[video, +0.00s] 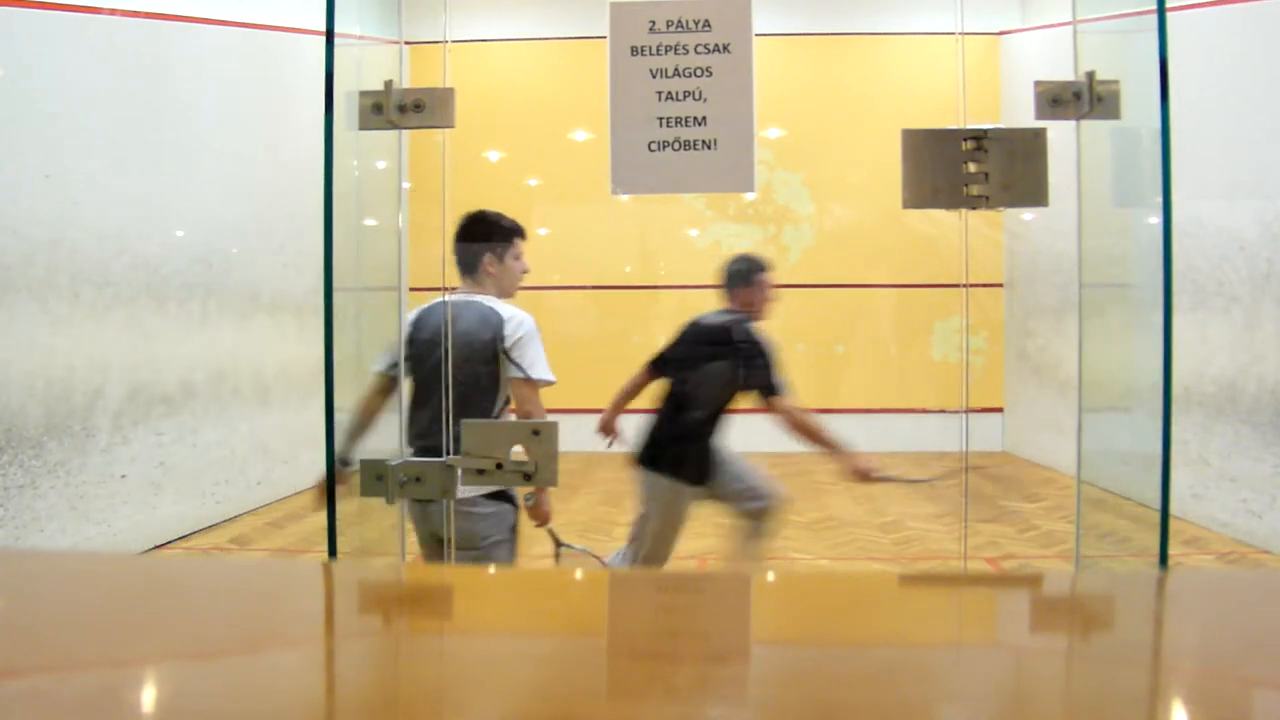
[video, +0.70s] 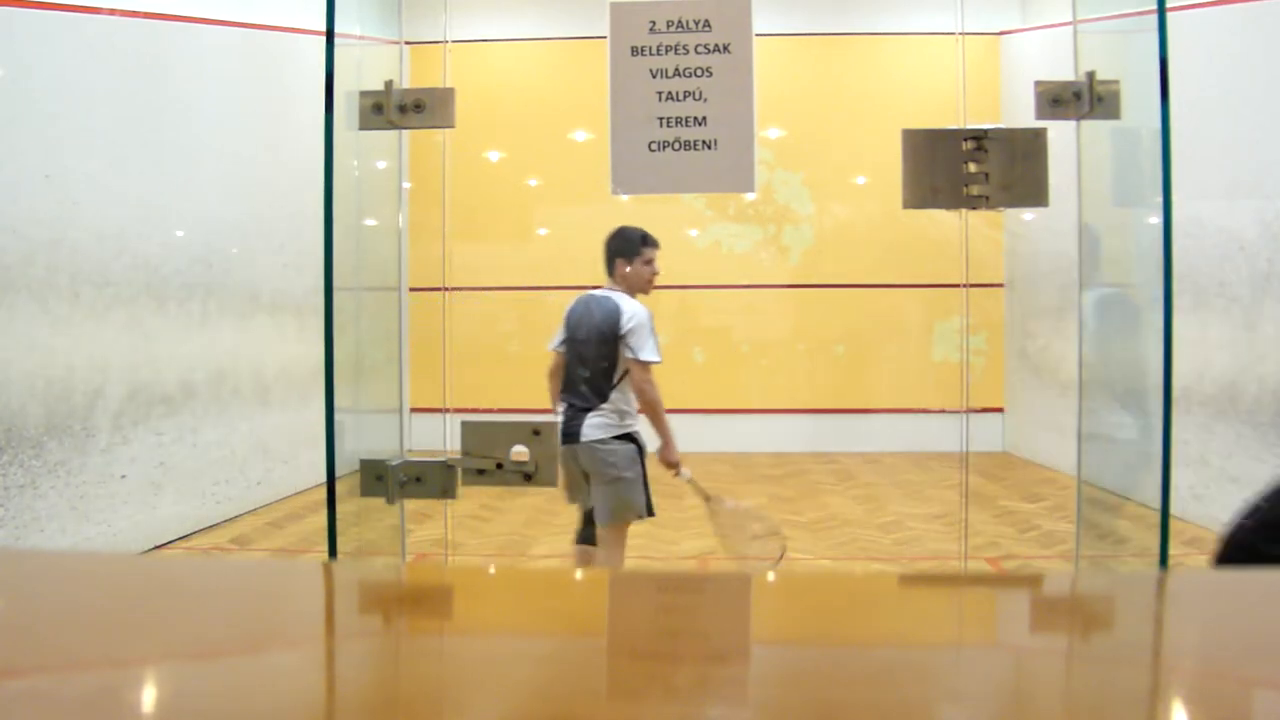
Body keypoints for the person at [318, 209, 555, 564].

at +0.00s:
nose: (526, 268)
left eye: (523, 257)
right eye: (518, 257)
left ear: (473, 265)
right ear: (490, 264)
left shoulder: (420, 319)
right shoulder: (512, 322)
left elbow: (376, 396)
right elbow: (529, 413)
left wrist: (342, 459)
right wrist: (540, 488)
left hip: (423, 493)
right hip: (480, 497)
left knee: (440, 604)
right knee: (487, 612)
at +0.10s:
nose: (541, 258)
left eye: (539, 247)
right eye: (532, 247)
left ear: (496, 255)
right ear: (503, 254)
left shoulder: (443, 307)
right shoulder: (527, 307)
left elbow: (415, 381)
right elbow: (537, 394)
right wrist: (549, 478)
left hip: (446, 473)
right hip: (501, 473)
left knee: (459, 586)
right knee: (515, 587)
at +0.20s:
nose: (557, 253)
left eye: (555, 242)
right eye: (548, 243)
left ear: (517, 248)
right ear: (519, 249)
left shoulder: (463, 302)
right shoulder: (540, 302)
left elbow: (450, 378)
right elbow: (548, 383)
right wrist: (562, 461)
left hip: (469, 459)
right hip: (525, 461)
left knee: (471, 576)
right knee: (535, 575)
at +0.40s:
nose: (596, 275)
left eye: (594, 266)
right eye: (587, 266)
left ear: (558, 273)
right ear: (559, 272)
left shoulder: (512, 315)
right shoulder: (578, 322)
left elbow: (507, 390)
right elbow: (582, 396)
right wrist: (598, 470)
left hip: (509, 463)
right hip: (563, 466)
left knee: (500, 571)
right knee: (590, 563)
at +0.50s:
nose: (620, 277)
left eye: (619, 268)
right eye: (612, 268)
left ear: (584, 275)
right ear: (585, 274)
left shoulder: (540, 312)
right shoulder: (601, 323)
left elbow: (523, 375)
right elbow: (605, 396)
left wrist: (574, 385)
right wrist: (623, 467)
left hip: (535, 456)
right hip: (583, 459)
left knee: (530, 559)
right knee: (606, 553)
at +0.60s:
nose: (640, 273)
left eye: (640, 265)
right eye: (632, 265)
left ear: (606, 269)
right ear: (605, 267)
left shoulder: (562, 305)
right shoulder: (618, 315)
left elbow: (540, 372)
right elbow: (625, 387)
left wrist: (578, 396)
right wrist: (647, 454)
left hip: (555, 438)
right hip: (598, 443)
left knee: (568, 528)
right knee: (610, 541)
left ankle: (533, 598)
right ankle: (606, 616)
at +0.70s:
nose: (656, 273)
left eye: (655, 264)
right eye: (648, 264)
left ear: (624, 268)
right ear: (623, 267)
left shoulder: (580, 305)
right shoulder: (633, 312)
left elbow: (556, 371)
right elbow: (642, 385)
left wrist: (564, 417)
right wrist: (667, 443)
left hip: (572, 434)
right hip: (609, 438)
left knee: (589, 522)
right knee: (612, 541)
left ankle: (581, 603)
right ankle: (606, 614)